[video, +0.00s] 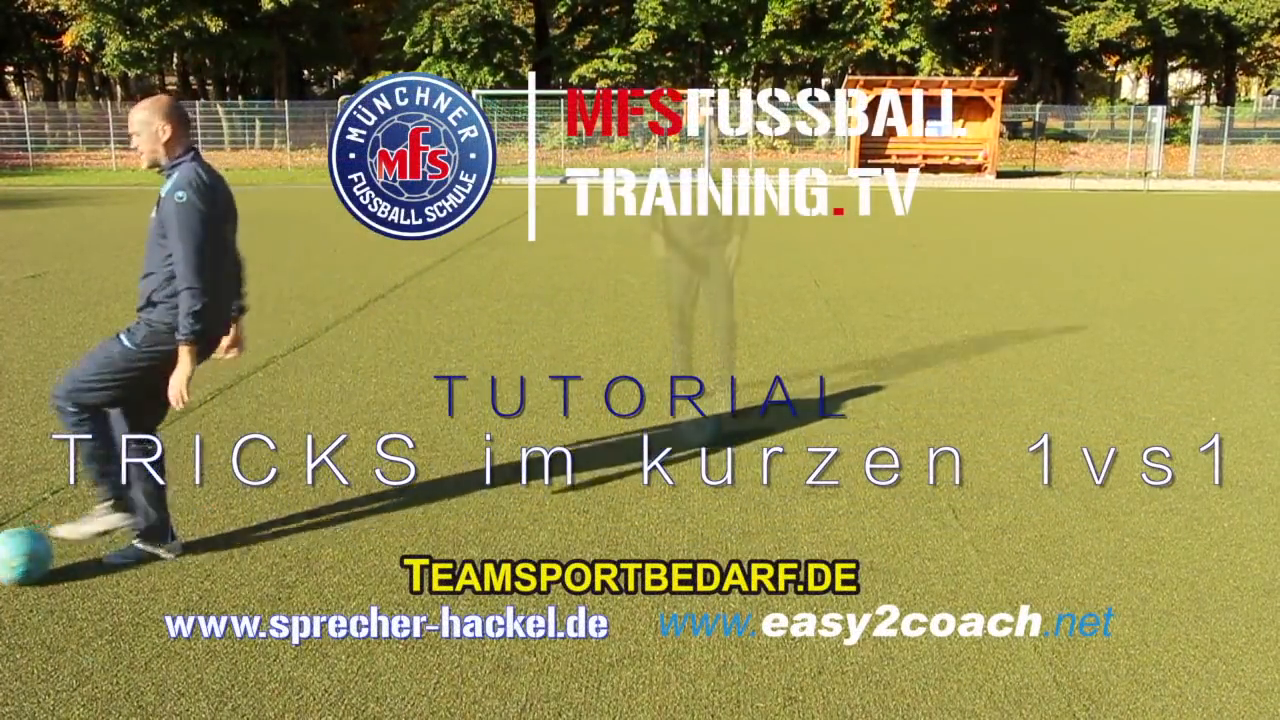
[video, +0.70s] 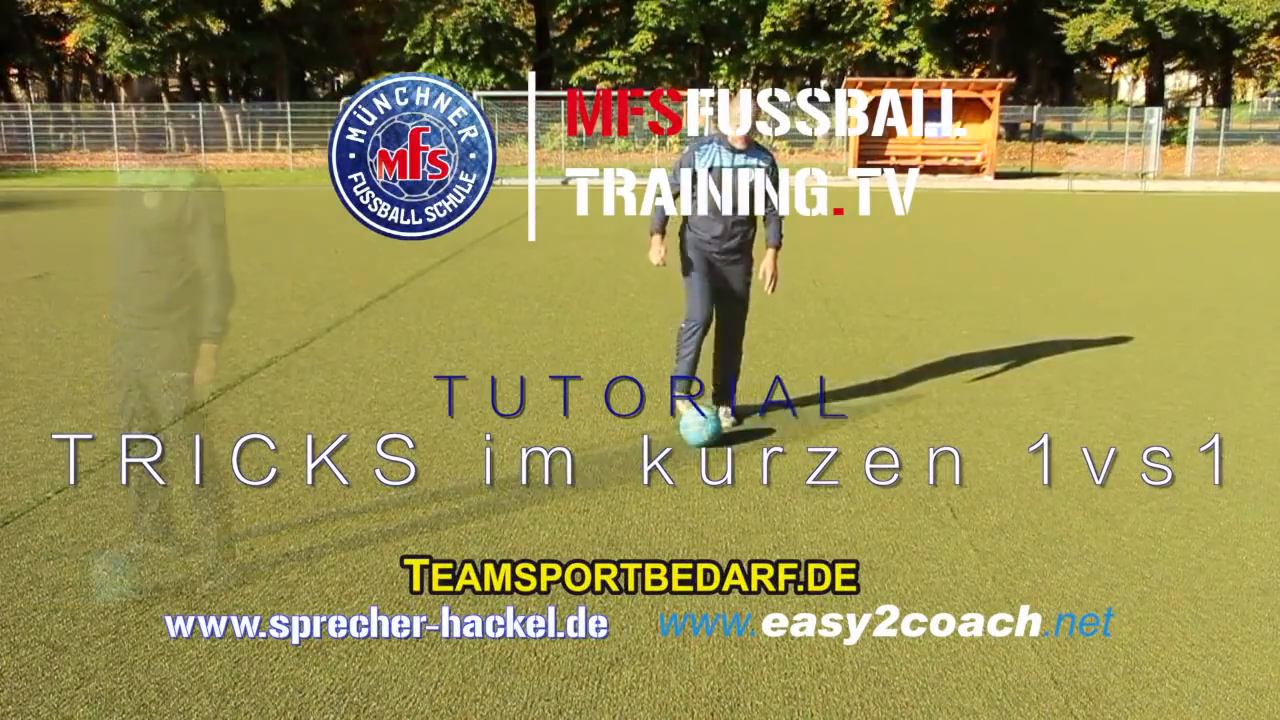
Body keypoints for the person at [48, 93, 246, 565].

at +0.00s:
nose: (133, 146)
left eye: (137, 136)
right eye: (131, 137)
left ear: (166, 131)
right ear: (172, 132)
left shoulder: (183, 187)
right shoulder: (207, 179)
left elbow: (190, 280)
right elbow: (229, 255)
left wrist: (186, 358)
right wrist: (235, 317)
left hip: (163, 328)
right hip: (193, 327)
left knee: (72, 397)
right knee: (133, 422)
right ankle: (155, 534)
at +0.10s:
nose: (120, 139)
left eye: (124, 129)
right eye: (119, 130)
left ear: (154, 126)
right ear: (159, 127)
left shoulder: (169, 182)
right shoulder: (193, 176)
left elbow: (178, 270)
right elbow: (200, 263)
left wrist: (173, 345)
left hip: (148, 325)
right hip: (172, 324)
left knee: (59, 405)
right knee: (129, 420)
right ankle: (152, 535)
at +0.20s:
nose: (110, 130)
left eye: (115, 119)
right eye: (108, 121)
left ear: (147, 118)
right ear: (149, 119)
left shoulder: (160, 175)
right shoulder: (180, 167)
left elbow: (171, 266)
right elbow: (167, 253)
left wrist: (160, 342)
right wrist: (121, 279)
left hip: (143, 318)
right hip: (167, 313)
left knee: (56, 404)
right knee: (134, 417)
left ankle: (44, 521)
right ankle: (154, 534)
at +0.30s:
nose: (104, 127)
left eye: (108, 116)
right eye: (103, 117)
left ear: (141, 113)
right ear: (142, 115)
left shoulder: (157, 172)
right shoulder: (166, 164)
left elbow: (163, 272)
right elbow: (156, 251)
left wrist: (148, 345)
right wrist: (110, 258)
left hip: (137, 317)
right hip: (165, 312)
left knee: (62, 407)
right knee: (142, 421)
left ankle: (81, 531)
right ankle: (156, 534)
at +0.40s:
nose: (103, 125)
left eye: (109, 116)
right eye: (103, 115)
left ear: (137, 116)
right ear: (145, 115)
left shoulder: (156, 177)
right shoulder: (161, 167)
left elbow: (164, 274)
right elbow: (155, 252)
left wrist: (147, 347)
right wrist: (106, 261)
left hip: (140, 320)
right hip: (157, 314)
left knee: (85, 420)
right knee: (147, 425)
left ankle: (127, 540)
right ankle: (161, 537)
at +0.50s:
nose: (111, 122)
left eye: (118, 112)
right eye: (108, 112)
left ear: (142, 115)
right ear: (121, 115)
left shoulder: (166, 180)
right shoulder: (145, 173)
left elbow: (175, 277)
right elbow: (148, 255)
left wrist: (158, 349)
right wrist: (110, 281)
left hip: (146, 330)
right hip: (132, 324)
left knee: (128, 437)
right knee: (129, 432)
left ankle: (178, 552)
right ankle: (155, 536)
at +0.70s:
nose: (143, 146)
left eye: (152, 135)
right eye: (136, 136)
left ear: (172, 133)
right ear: (130, 138)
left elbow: (217, 277)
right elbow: (128, 266)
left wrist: (208, 353)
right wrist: (117, 320)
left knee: (192, 451)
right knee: (139, 451)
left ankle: (219, 555)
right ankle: (151, 548)